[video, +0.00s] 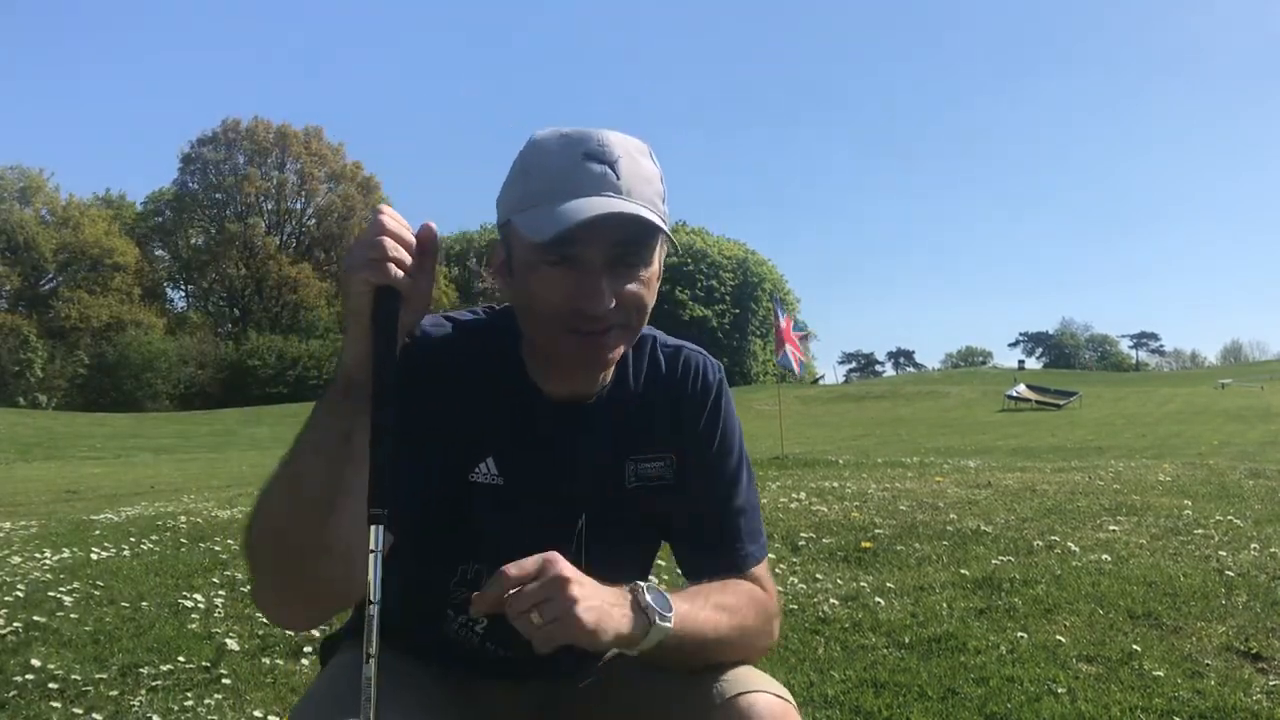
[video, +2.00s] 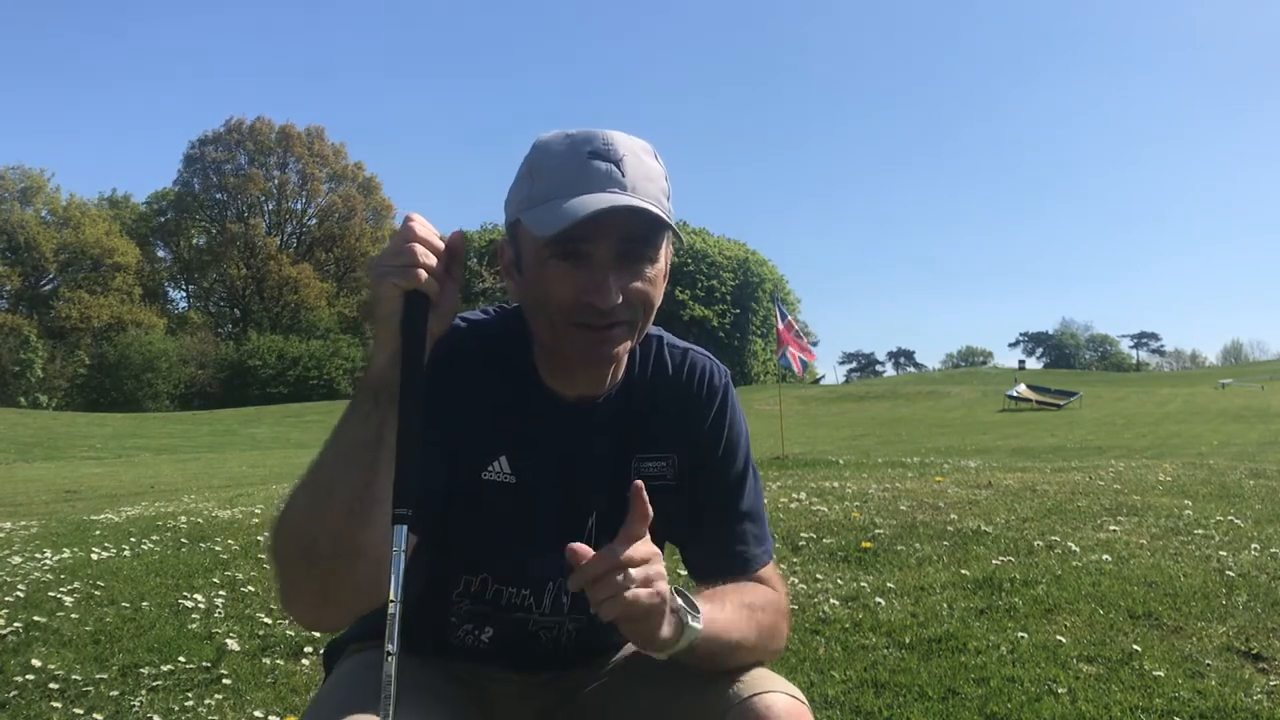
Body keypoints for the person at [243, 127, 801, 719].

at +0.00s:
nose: (600, 298)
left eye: (627, 262)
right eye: (564, 260)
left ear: (659, 270)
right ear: (502, 265)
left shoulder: (685, 385)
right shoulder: (422, 363)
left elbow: (753, 613)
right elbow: (290, 600)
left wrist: (630, 610)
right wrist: (362, 361)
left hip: (606, 663)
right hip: (426, 665)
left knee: (764, 710)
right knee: (336, 706)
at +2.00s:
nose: (607, 292)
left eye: (636, 254)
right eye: (570, 253)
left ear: (666, 268)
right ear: (509, 263)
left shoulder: (693, 388)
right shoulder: (441, 367)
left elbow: (763, 613)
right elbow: (316, 602)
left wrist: (676, 618)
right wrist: (388, 365)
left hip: (609, 668)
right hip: (435, 668)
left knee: (776, 709)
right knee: (351, 710)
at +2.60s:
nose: (616, 285)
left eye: (646, 249)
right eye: (582, 247)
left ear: (678, 269)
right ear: (523, 262)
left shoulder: (699, 387)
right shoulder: (452, 363)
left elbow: (768, 616)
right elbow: (314, 600)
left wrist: (630, 648)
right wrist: (390, 363)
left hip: (610, 673)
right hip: (433, 663)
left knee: (779, 709)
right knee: (357, 710)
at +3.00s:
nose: (605, 282)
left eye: (638, 249)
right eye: (576, 243)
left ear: (675, 277)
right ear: (521, 260)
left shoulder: (700, 395)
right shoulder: (449, 366)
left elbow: (774, 626)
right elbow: (320, 603)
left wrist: (688, 610)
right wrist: (393, 363)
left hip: (615, 667)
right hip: (440, 665)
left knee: (773, 708)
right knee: (355, 709)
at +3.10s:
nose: (605, 285)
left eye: (638, 253)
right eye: (577, 246)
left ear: (673, 279)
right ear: (521, 260)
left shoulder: (698, 394)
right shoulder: (448, 366)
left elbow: (769, 617)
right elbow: (318, 603)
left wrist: (729, 613)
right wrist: (393, 363)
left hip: (613, 667)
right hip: (438, 665)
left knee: (776, 713)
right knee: (354, 713)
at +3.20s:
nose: (604, 286)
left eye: (637, 252)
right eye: (574, 246)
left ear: (672, 277)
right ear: (519, 260)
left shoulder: (698, 392)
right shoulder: (446, 367)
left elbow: (770, 611)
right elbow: (317, 605)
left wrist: (751, 614)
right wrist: (389, 366)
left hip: (612, 668)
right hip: (437, 668)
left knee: (780, 711)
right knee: (354, 712)